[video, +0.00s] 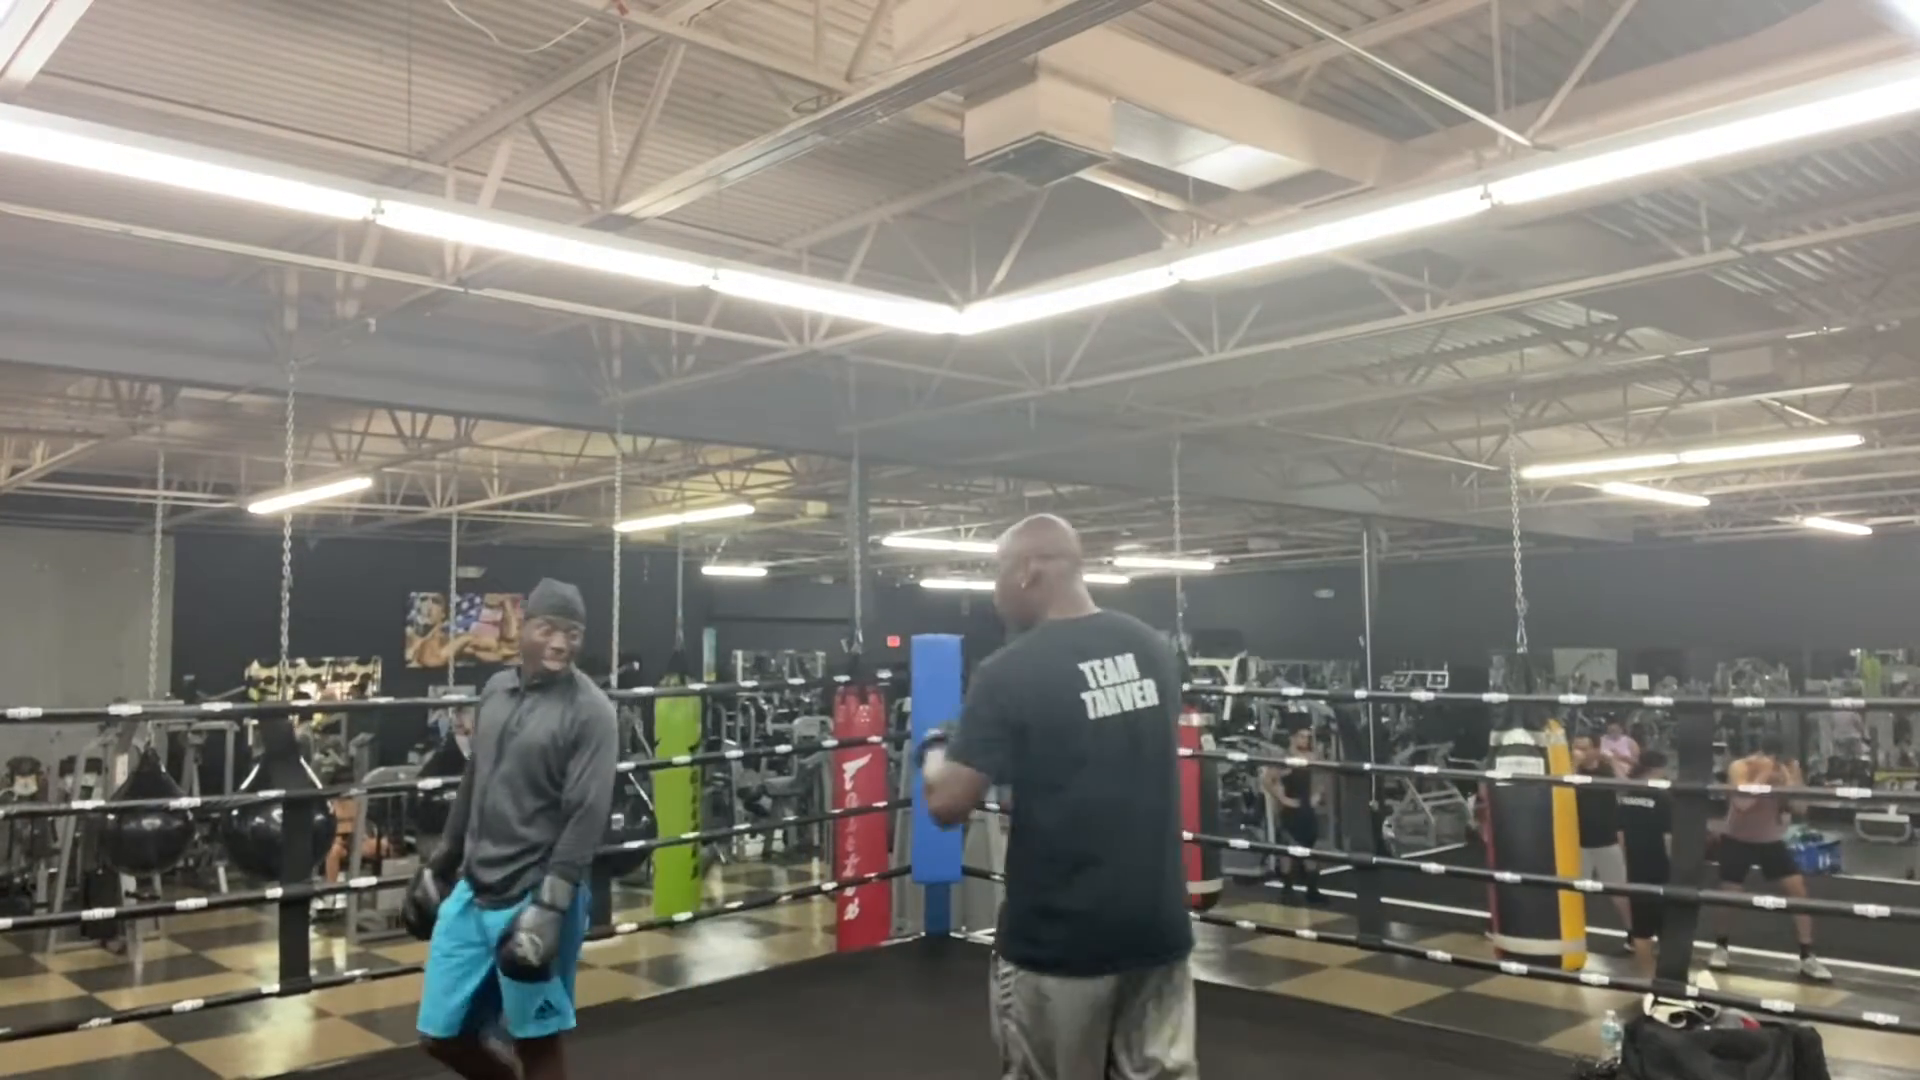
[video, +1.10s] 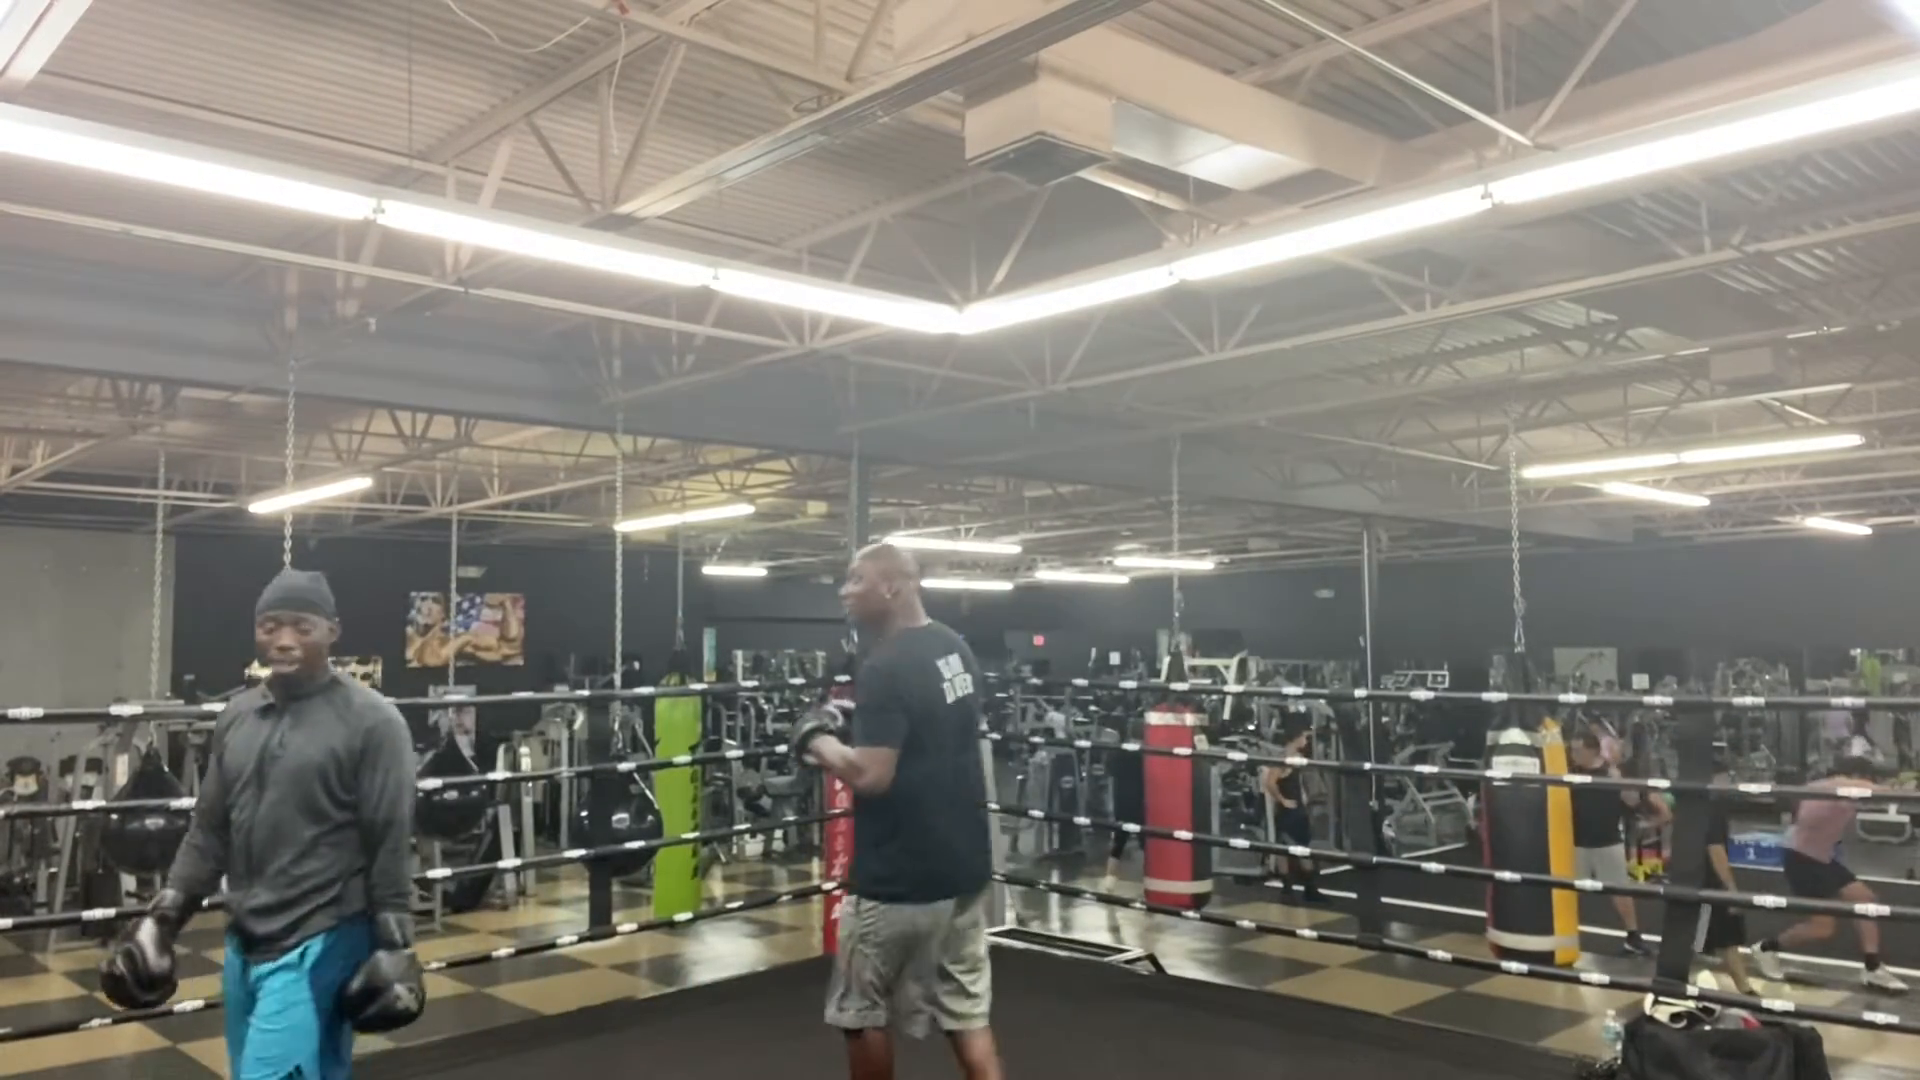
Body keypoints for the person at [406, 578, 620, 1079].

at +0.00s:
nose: (559, 642)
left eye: (570, 633)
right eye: (547, 629)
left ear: (580, 640)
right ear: (521, 630)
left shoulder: (593, 711)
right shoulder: (497, 689)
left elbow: (588, 815)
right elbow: (473, 784)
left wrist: (549, 907)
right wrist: (438, 867)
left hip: (541, 897)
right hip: (473, 892)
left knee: (538, 1043)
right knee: (442, 1036)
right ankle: (514, 1075)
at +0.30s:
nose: (504, 642)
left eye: (517, 631)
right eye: (492, 628)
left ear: (528, 639)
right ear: (466, 632)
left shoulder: (547, 712)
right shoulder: (446, 692)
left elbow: (548, 823)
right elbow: (430, 794)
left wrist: (492, 907)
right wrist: (398, 881)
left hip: (510, 898)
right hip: (430, 896)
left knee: (517, 1055)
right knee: (402, 1058)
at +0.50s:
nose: (435, 645)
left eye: (447, 631)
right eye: (421, 630)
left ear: (463, 638)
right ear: (395, 635)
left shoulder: (490, 716)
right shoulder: (379, 709)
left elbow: (500, 829)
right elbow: (363, 814)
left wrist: (497, 930)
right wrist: (333, 900)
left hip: (445, 926)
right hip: (368, 921)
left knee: (461, 1067)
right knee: (357, 1067)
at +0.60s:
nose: (405, 640)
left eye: (417, 626)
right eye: (391, 626)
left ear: (433, 633)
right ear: (365, 632)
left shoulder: (467, 709)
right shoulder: (346, 709)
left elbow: (494, 815)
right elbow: (328, 814)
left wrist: (496, 918)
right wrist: (296, 909)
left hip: (424, 915)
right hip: (343, 913)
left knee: (417, 1064)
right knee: (334, 1064)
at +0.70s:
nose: (384, 638)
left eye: (395, 624)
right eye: (368, 624)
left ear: (411, 631)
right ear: (340, 632)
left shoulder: (447, 711)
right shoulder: (316, 715)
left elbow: (479, 812)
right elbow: (293, 824)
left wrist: (484, 916)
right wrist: (264, 921)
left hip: (400, 925)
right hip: (320, 921)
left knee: (372, 1067)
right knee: (306, 1067)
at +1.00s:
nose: (321, 636)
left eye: (335, 623)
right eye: (305, 622)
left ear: (352, 630)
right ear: (280, 630)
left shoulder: (391, 712)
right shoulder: (255, 714)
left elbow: (413, 830)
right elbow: (227, 827)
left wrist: (413, 933)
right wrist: (182, 915)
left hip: (346, 928)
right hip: (270, 929)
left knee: (291, 1068)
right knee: (262, 1068)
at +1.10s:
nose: (285, 641)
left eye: (302, 627)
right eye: (272, 626)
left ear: (332, 633)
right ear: (256, 635)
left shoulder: (372, 721)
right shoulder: (238, 715)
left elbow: (390, 843)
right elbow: (208, 830)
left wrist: (396, 946)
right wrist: (161, 920)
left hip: (322, 939)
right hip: (247, 938)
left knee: (266, 1070)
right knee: (251, 1069)